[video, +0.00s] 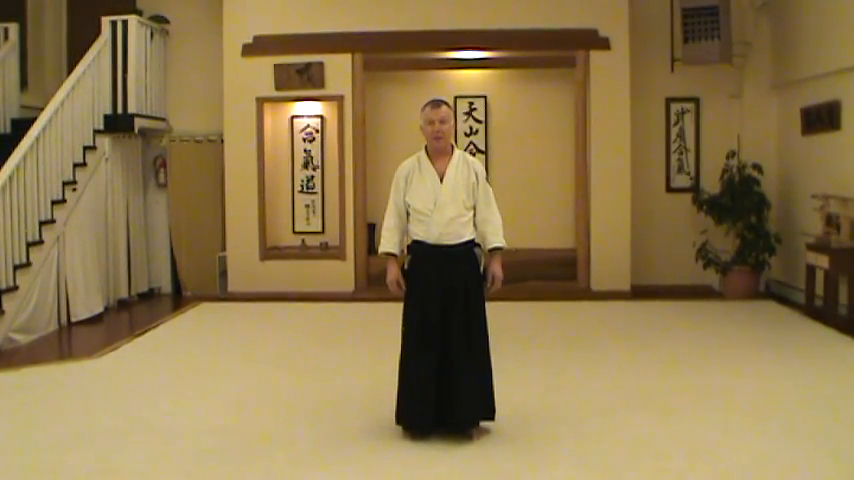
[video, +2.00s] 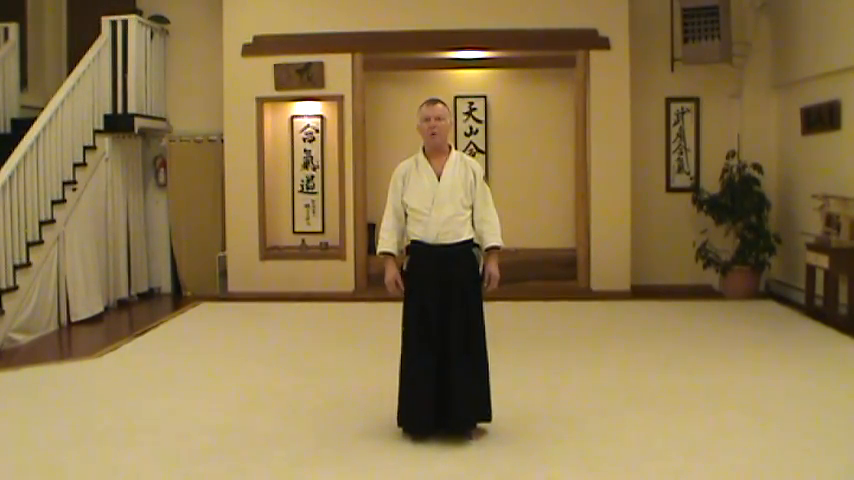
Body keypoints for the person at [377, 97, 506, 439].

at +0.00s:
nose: (437, 128)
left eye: (443, 122)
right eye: (431, 123)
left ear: (454, 125)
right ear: (421, 128)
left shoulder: (471, 166)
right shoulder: (408, 170)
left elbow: (486, 211)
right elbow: (394, 216)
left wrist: (494, 256)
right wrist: (392, 261)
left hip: (462, 260)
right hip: (423, 260)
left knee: (463, 336)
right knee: (422, 336)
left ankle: (463, 416)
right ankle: (420, 417)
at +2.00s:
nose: (433, 125)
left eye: (439, 119)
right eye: (426, 120)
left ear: (451, 125)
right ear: (418, 127)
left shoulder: (469, 167)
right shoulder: (405, 170)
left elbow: (484, 212)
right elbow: (392, 217)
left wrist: (491, 256)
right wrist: (389, 261)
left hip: (461, 260)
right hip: (422, 260)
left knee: (462, 336)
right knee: (422, 337)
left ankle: (463, 417)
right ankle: (421, 418)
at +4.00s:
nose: (435, 132)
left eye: (441, 126)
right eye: (429, 127)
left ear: (451, 128)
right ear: (419, 130)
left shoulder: (469, 168)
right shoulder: (405, 170)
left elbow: (485, 213)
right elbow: (392, 217)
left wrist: (493, 257)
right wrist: (389, 261)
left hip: (460, 260)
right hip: (421, 261)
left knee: (462, 337)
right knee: (421, 337)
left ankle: (463, 417)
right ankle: (420, 418)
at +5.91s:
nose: (427, 137)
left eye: (433, 130)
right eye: (421, 131)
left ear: (445, 130)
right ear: (413, 132)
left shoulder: (463, 168)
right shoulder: (401, 170)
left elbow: (480, 215)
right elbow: (391, 217)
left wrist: (481, 265)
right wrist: (393, 260)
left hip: (453, 262)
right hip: (416, 262)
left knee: (451, 339)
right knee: (414, 338)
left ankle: (450, 422)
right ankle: (414, 417)